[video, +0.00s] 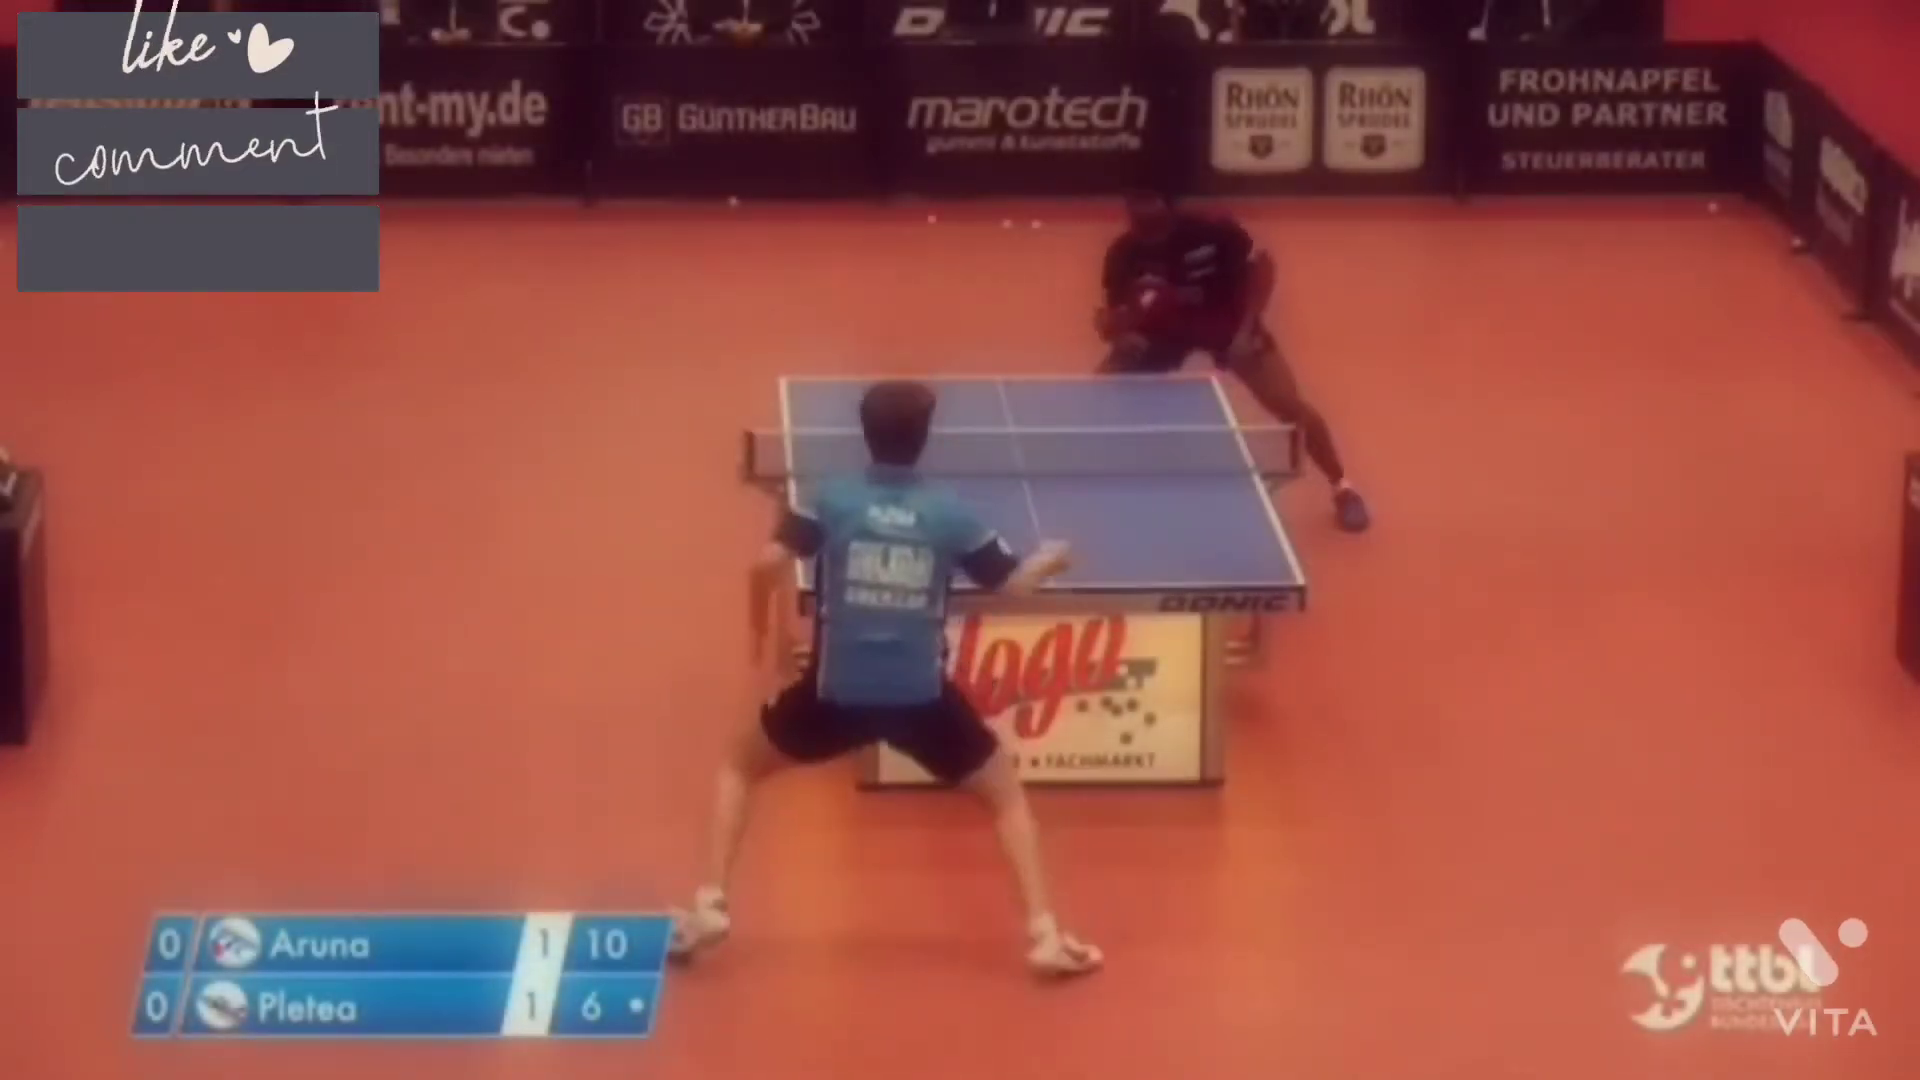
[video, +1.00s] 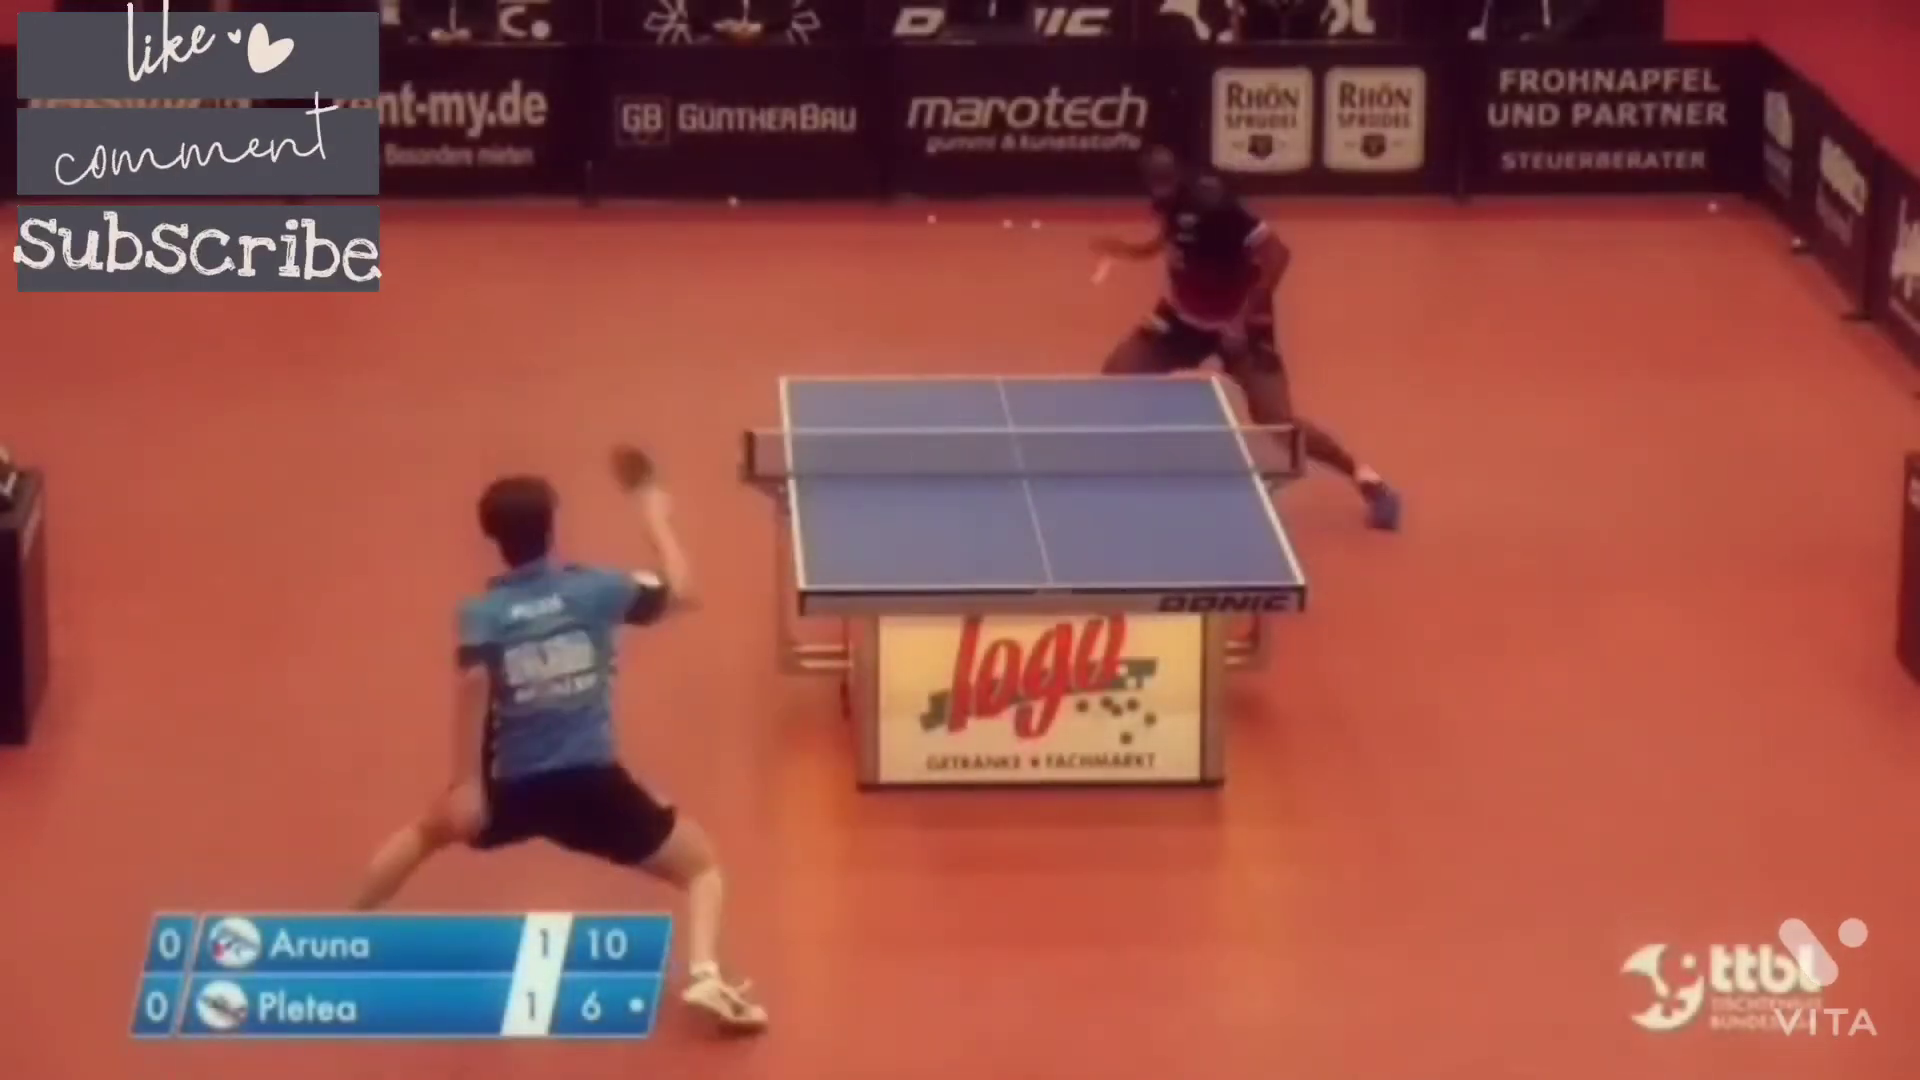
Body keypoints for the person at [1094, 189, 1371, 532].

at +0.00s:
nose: (1144, 216)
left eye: (1151, 205)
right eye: (1135, 207)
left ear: (1169, 202)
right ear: (1128, 208)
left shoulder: (1215, 233)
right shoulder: (1124, 253)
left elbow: (1261, 268)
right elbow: (1109, 324)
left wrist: (1247, 325)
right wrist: (1136, 312)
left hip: (1226, 329)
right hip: (1160, 334)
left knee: (1288, 405)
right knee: (1101, 395)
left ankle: (1340, 486)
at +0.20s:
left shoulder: (1256, 155)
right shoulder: (1166, 175)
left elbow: (1286, 185)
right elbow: (1136, 222)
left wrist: (1286, 233)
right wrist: (1099, 262)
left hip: (1251, 293)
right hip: (1179, 294)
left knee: (1301, 390)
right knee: (1120, 386)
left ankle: (1344, 482)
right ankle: (1099, 489)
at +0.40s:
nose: (1201, 172)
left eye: (1208, 162)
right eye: (1192, 164)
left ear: (1223, 154)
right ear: (1179, 162)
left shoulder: (1257, 168)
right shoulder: (1169, 189)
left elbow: (1299, 186)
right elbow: (1134, 232)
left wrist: (1315, 244)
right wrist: (1112, 230)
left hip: (1253, 308)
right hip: (1179, 310)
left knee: (1306, 396)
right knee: (1119, 395)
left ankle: (1345, 486)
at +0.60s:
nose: (1174, 149)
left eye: (1181, 139)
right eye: (1166, 140)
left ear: (1197, 133)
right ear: (1152, 139)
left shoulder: (1235, 164)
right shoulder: (1142, 175)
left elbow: (1276, 202)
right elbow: (1103, 240)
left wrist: (1261, 257)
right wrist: (1090, 243)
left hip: (1229, 295)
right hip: (1159, 296)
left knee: (1283, 389)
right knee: (1094, 384)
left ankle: (1337, 484)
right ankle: (1080, 490)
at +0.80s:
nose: (1135, 161)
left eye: (1143, 151)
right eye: (1127, 153)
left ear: (1159, 147)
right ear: (1119, 157)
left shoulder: (1200, 185)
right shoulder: (1116, 201)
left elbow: (1256, 229)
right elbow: (1109, 256)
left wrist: (1231, 286)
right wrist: (1099, 287)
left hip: (1213, 310)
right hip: (1144, 309)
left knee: (1261, 405)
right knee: (1083, 384)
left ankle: (1319, 486)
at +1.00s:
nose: (1160, 189)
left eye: (1165, 180)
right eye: (1154, 182)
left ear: (1181, 175)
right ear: (1149, 182)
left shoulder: (1217, 204)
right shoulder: (1167, 205)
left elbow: (1276, 256)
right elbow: (1164, 242)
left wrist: (1246, 316)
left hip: (1242, 329)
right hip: (1183, 323)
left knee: (1278, 425)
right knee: (1115, 375)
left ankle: (1363, 479)